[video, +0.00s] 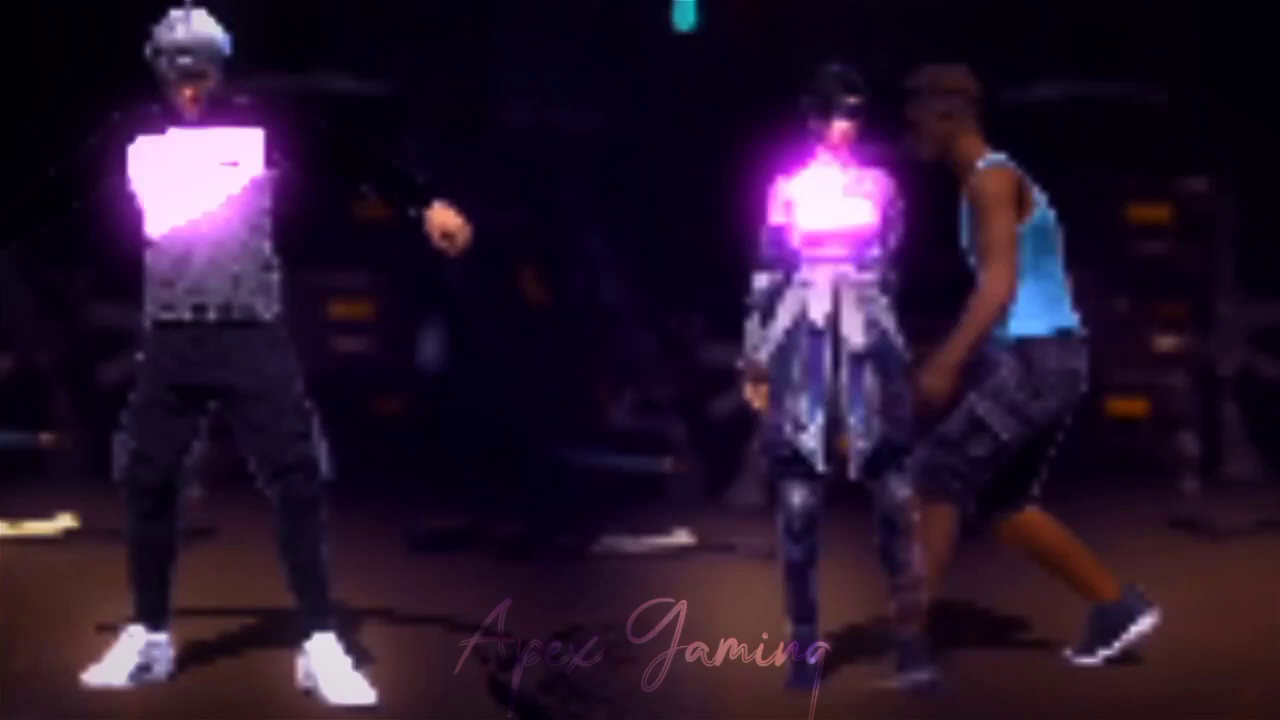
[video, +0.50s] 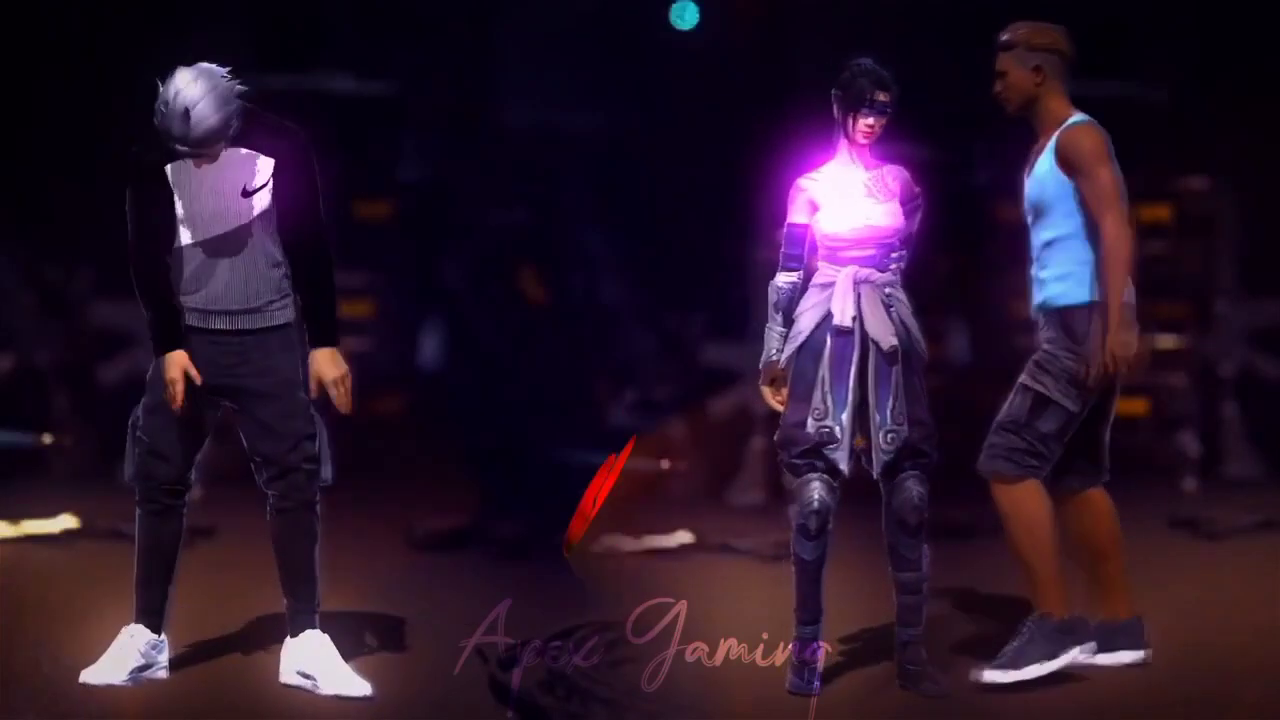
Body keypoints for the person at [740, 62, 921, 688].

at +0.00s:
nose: (845, 128)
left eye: (854, 116)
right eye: (836, 116)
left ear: (864, 121)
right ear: (815, 119)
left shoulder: (881, 186)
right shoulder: (786, 187)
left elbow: (887, 274)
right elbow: (767, 275)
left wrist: (902, 363)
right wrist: (755, 362)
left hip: (869, 338)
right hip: (802, 337)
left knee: (893, 488)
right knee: (799, 495)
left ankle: (909, 634)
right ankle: (804, 637)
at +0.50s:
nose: (872, 123)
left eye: (882, 112)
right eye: (863, 110)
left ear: (892, 118)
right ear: (840, 111)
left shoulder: (903, 185)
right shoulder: (809, 184)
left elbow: (900, 270)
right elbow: (789, 273)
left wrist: (911, 345)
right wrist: (774, 355)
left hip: (891, 342)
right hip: (822, 340)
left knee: (909, 494)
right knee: (815, 499)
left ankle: (912, 647)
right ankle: (808, 639)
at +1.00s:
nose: (893, 124)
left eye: (902, 114)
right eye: (884, 112)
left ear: (910, 117)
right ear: (855, 110)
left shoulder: (915, 182)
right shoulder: (825, 184)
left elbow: (930, 262)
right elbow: (804, 272)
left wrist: (900, 277)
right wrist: (789, 354)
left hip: (904, 338)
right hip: (835, 337)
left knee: (920, 494)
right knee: (836, 495)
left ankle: (912, 646)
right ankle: (831, 647)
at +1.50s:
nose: (890, 135)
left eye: (898, 124)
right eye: (880, 123)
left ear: (908, 128)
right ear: (853, 123)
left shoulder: (916, 198)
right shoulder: (822, 197)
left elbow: (936, 290)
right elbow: (796, 284)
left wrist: (941, 364)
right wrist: (786, 361)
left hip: (901, 346)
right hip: (833, 344)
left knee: (915, 499)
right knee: (840, 496)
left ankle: (903, 639)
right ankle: (832, 650)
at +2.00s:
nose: (880, 152)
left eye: (888, 142)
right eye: (869, 142)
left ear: (896, 148)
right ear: (848, 148)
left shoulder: (911, 220)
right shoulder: (817, 219)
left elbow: (939, 304)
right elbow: (795, 300)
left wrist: (949, 375)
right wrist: (795, 364)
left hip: (893, 354)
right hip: (831, 352)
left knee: (907, 509)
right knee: (844, 496)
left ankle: (868, 621)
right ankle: (831, 650)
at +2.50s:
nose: (890, 218)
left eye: (890, 210)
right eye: (879, 210)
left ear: (876, 218)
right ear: (848, 216)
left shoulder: (888, 288)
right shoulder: (827, 282)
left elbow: (893, 366)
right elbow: (824, 367)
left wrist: (931, 406)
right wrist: (894, 409)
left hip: (873, 416)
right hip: (825, 412)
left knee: (851, 576)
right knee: (872, 451)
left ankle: (732, 607)